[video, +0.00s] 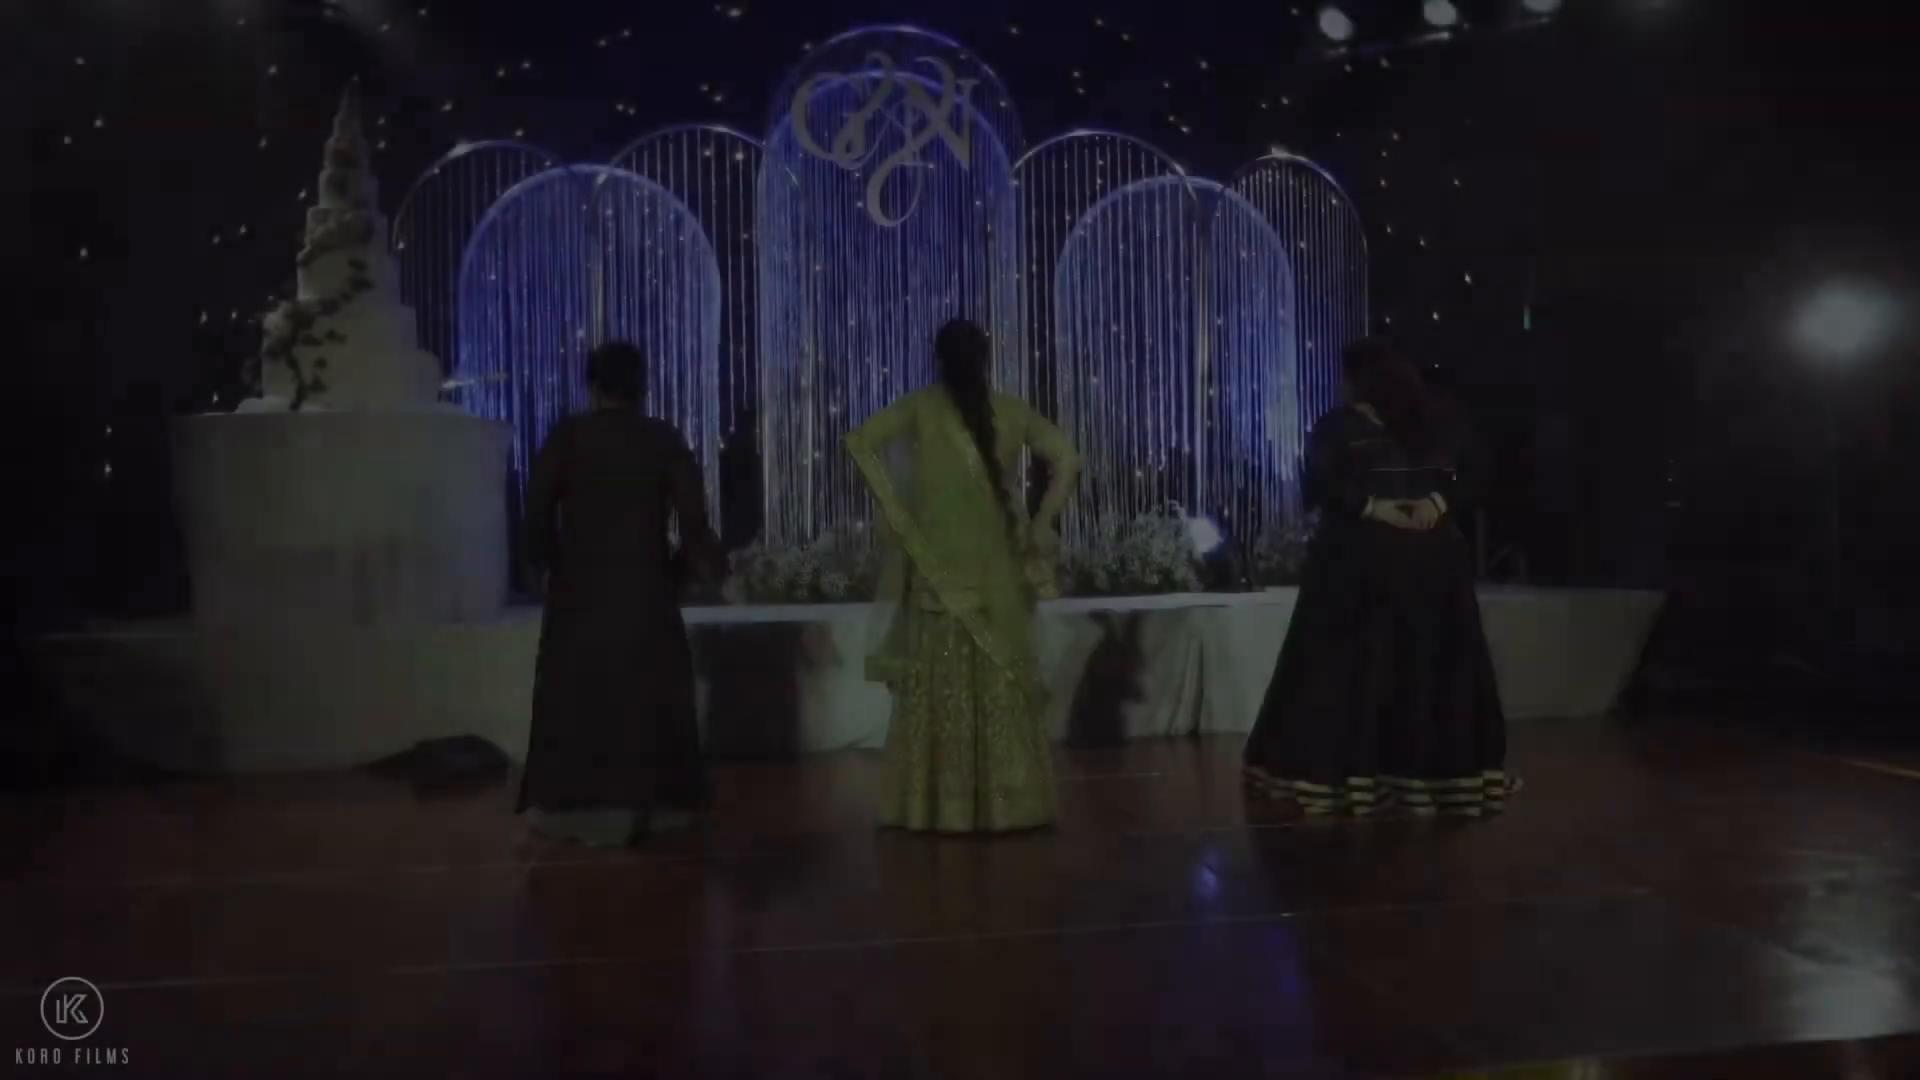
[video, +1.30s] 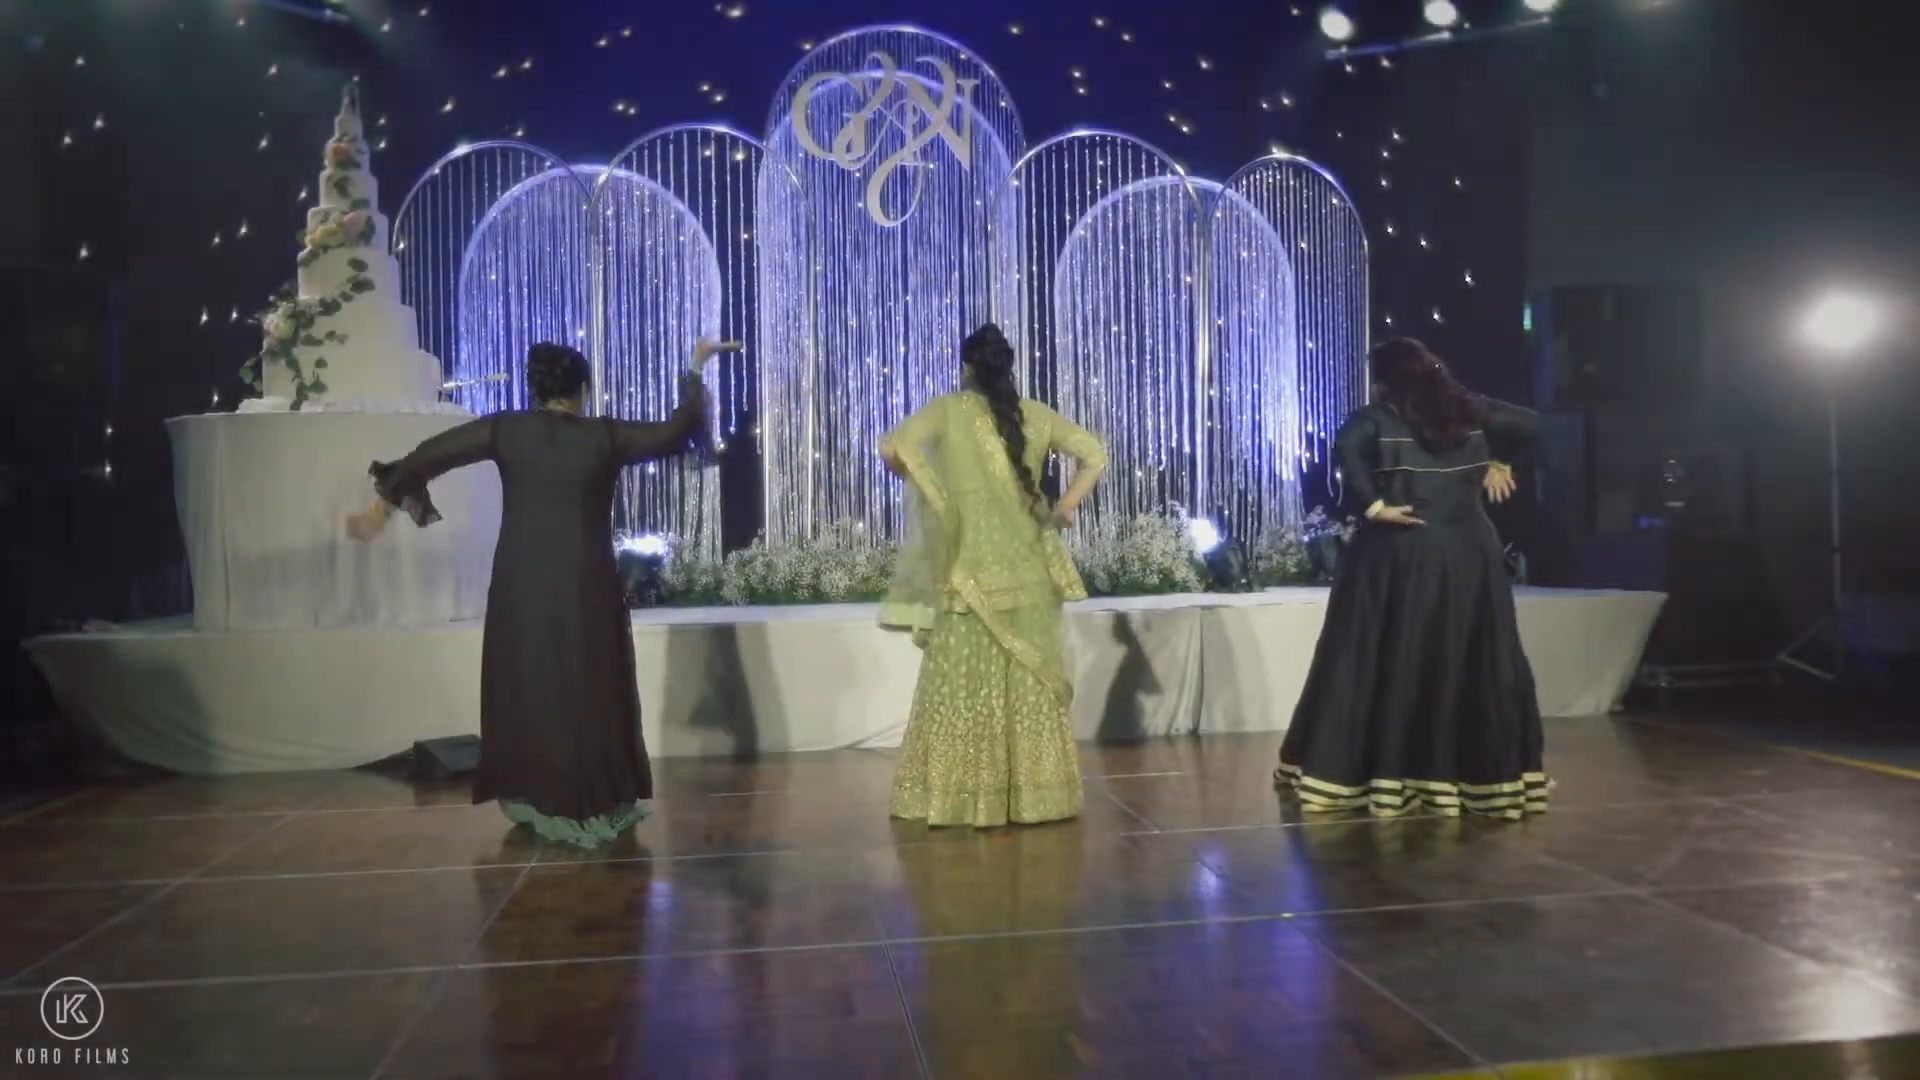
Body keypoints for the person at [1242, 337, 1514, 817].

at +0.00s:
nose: (1343, 385)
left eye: (1345, 378)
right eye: (1345, 377)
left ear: (1353, 379)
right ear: (1403, 376)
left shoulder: (1337, 427)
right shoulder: (1434, 421)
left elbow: (1321, 485)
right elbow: (1468, 472)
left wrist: (1373, 507)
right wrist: (1437, 502)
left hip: (1361, 566)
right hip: (1431, 565)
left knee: (1357, 666)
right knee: (1428, 665)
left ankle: (1358, 779)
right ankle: (1430, 778)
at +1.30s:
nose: (1375, 386)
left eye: (1376, 379)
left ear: (1382, 380)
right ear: (1431, 370)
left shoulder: (1373, 420)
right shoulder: (1465, 408)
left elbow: (1347, 453)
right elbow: (1528, 423)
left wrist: (1371, 505)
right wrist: (1500, 461)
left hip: (1405, 554)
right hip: (1471, 550)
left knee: (1397, 664)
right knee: (1470, 663)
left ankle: (1393, 780)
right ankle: (1474, 781)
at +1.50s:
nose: (1380, 390)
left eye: (1382, 382)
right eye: (1380, 382)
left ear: (1397, 384)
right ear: (1440, 373)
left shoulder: (1392, 423)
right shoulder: (1478, 415)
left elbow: (1368, 457)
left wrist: (1360, 518)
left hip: (1424, 551)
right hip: (1487, 547)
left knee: (1410, 661)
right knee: (1483, 660)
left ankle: (1405, 776)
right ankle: (1486, 777)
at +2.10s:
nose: (1388, 394)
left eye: (1392, 385)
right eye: (1389, 385)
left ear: (1406, 387)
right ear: (1448, 379)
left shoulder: (1407, 429)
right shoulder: (1485, 418)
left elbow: (1372, 477)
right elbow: (1539, 419)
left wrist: (1342, 444)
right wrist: (1511, 381)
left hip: (1425, 552)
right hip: (1489, 546)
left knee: (1419, 660)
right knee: (1487, 660)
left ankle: (1419, 777)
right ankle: (1493, 777)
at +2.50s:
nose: (1407, 387)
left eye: (1410, 379)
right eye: (1411, 379)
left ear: (1418, 383)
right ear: (1469, 374)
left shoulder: (1413, 424)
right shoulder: (1502, 409)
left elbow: (1348, 436)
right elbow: (1542, 373)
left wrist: (1326, 383)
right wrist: (1537, 310)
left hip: (1423, 546)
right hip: (1490, 544)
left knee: (1416, 661)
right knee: (1489, 663)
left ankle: (1415, 782)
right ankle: (1493, 782)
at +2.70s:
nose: (1413, 383)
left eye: (1417, 375)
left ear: (1425, 380)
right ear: (1476, 375)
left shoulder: (1416, 421)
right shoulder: (1503, 411)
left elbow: (1360, 380)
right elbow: (1505, 356)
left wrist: (1369, 316)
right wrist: (1473, 299)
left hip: (1430, 547)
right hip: (1496, 543)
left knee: (1426, 662)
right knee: (1495, 662)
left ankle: (1421, 783)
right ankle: (1497, 783)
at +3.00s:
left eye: (1435, 359)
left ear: (1430, 372)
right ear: (1486, 369)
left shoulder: (1414, 421)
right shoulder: (1508, 408)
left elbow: (1356, 410)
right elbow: (1510, 351)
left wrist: (1337, 359)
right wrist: (1476, 301)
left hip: (1431, 546)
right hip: (1499, 545)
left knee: (1422, 659)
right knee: (1495, 661)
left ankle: (1417, 782)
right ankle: (1495, 782)